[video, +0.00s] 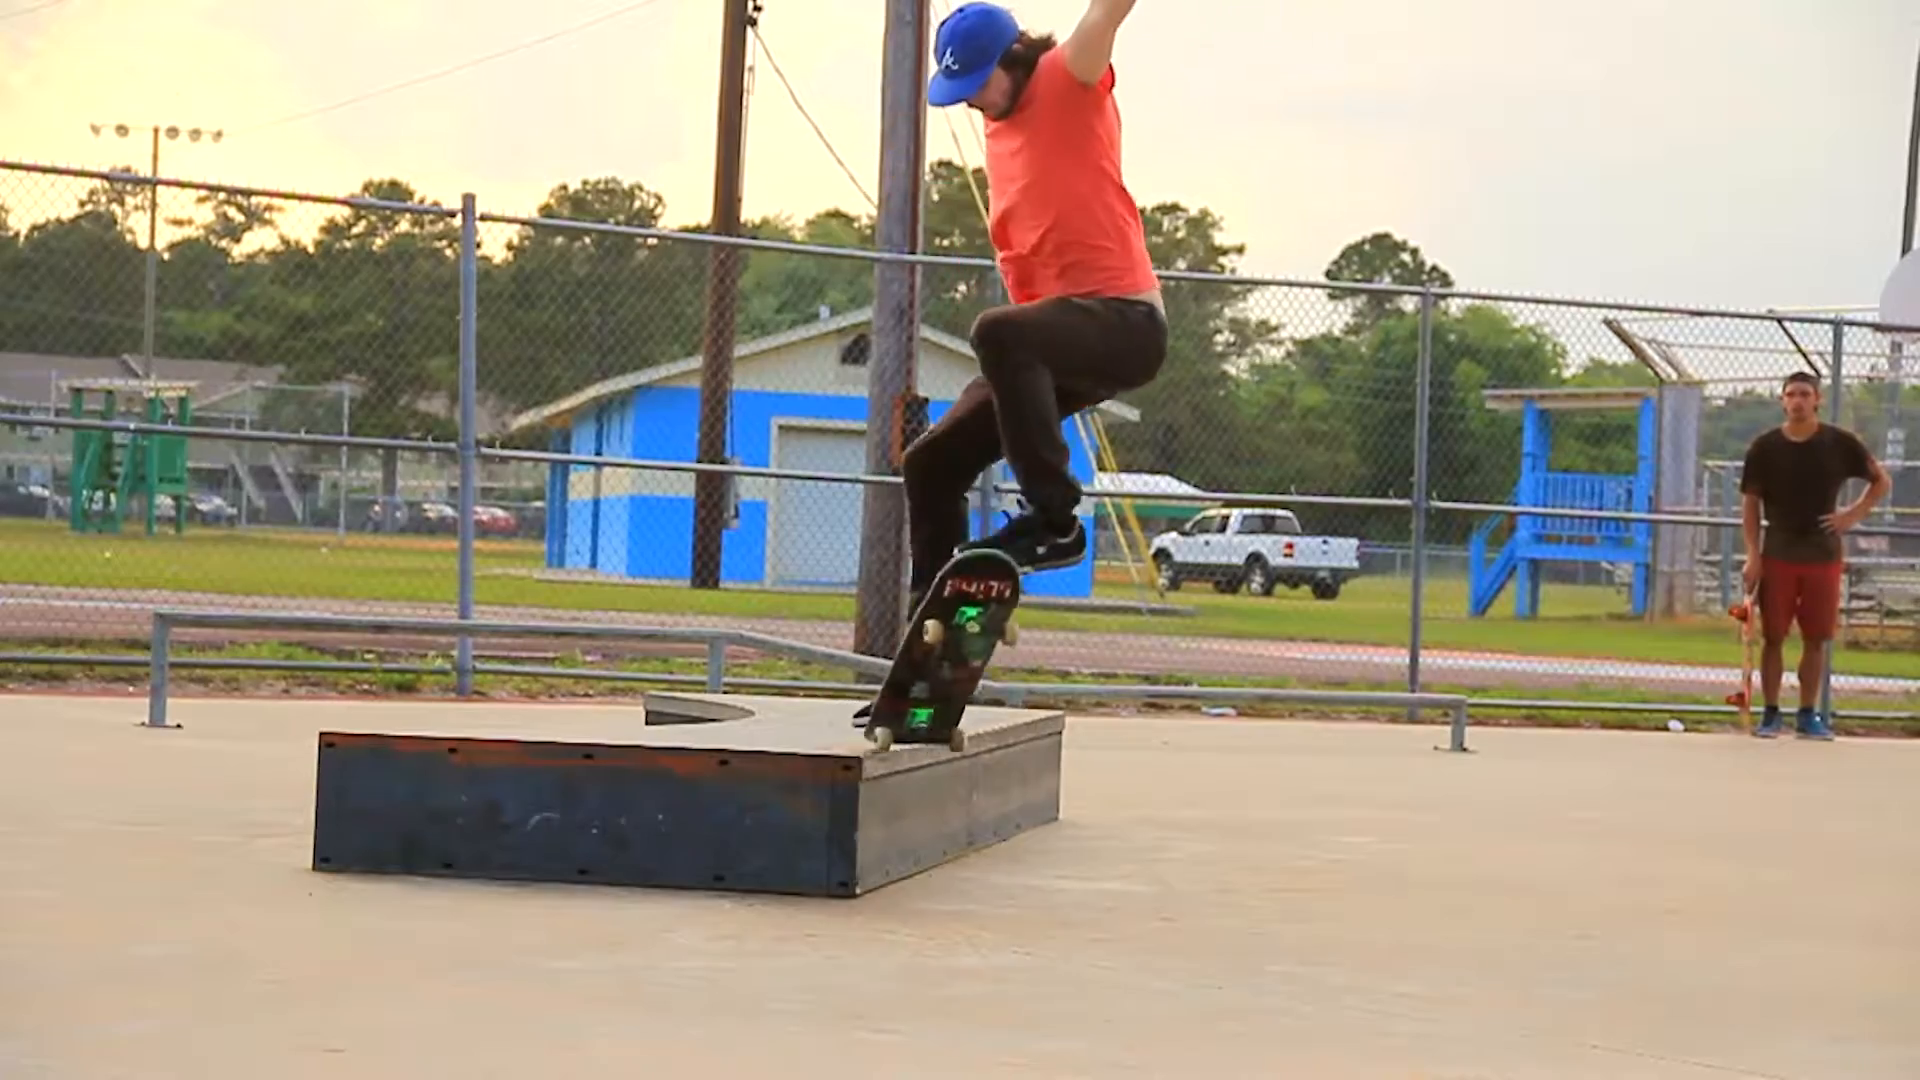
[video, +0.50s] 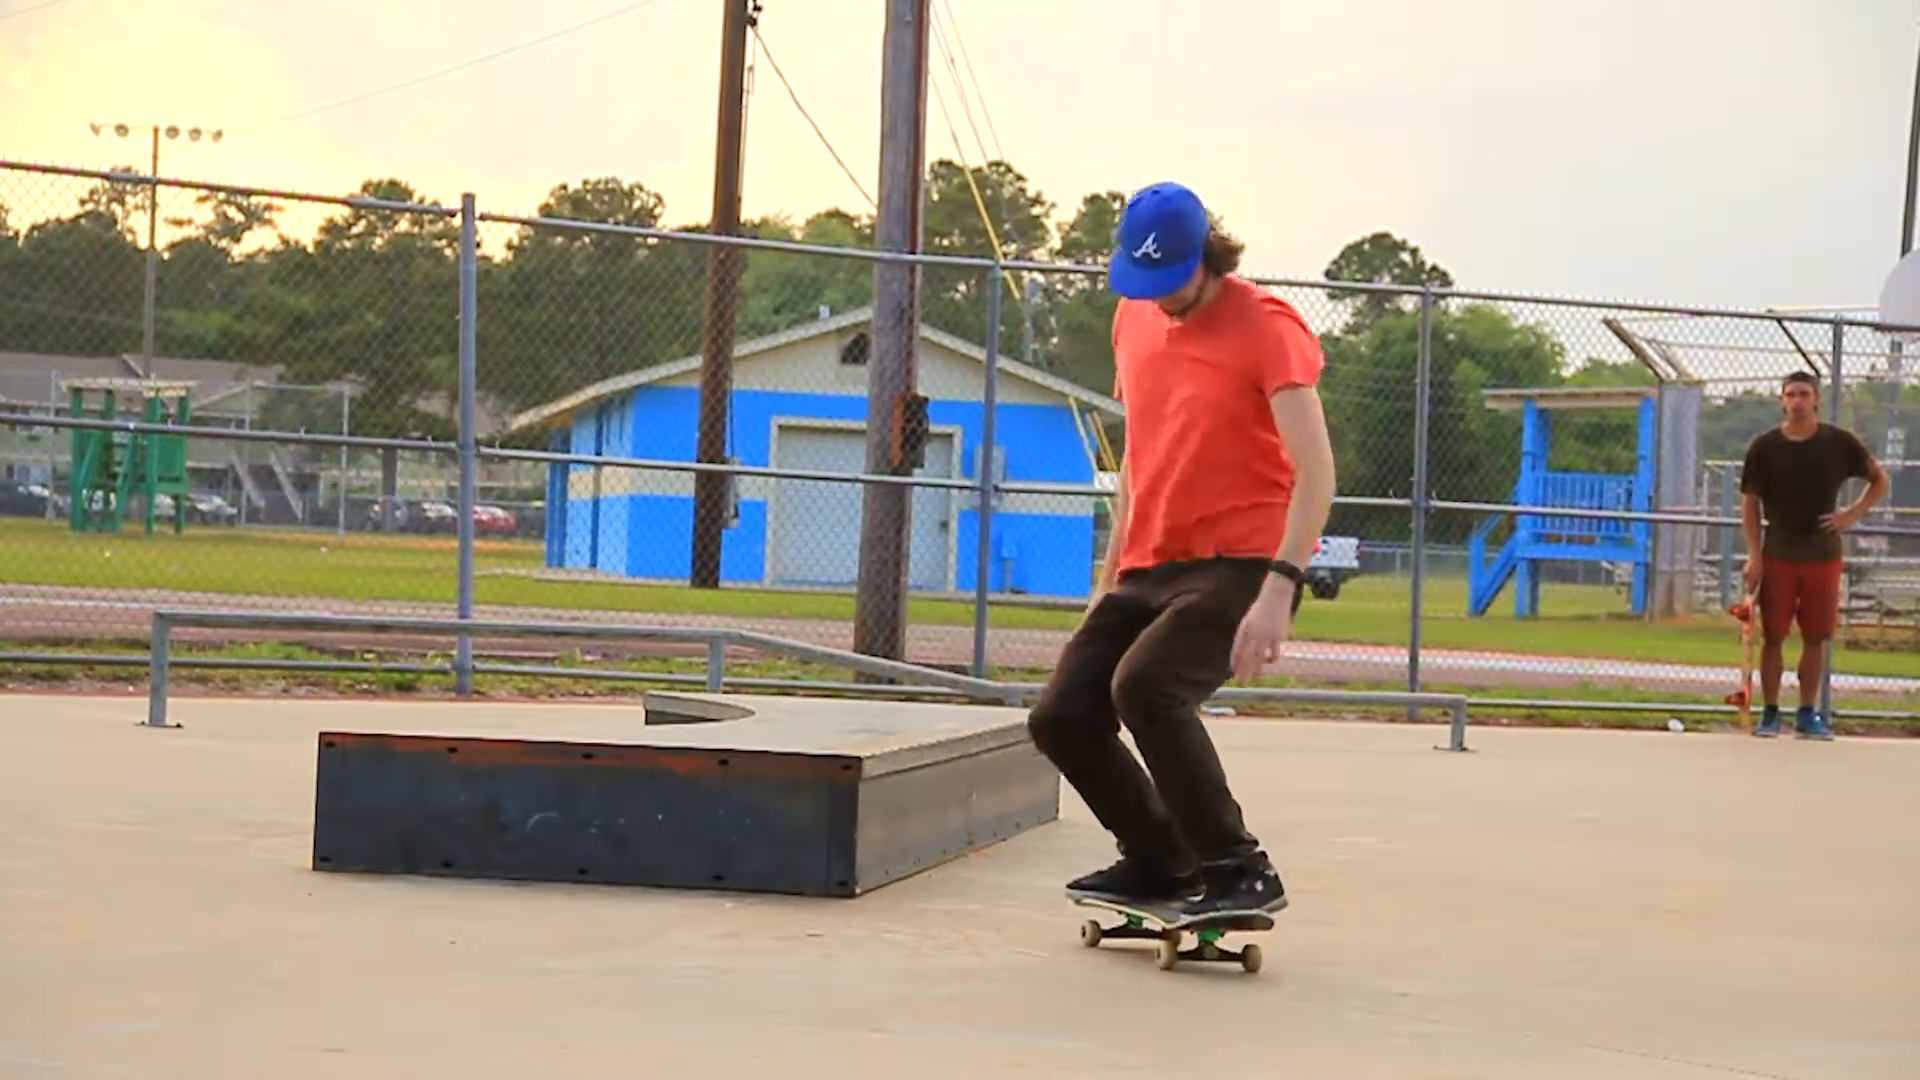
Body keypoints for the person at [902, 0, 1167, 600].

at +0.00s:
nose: (976, 104)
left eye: (980, 87)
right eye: (967, 94)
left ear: (1012, 58)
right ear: (963, 78)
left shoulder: (1068, 73)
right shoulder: (995, 121)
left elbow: (1113, 7)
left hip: (1126, 321)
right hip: (1061, 335)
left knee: (1001, 332)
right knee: (930, 466)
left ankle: (1056, 521)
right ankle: (939, 636)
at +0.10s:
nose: (993, 139)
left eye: (997, 123)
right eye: (984, 129)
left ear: (1028, 94)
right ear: (993, 110)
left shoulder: (1076, 113)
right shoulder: (1025, 151)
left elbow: (1101, 113)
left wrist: (1125, 85)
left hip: (1140, 358)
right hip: (1065, 367)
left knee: (1036, 422)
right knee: (938, 490)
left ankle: (1090, 621)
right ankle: (988, 664)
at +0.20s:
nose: (1033, 196)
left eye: (1037, 181)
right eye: (1022, 186)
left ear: (1067, 152)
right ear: (1019, 168)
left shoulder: (1122, 175)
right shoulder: (1046, 196)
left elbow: (1151, 197)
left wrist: (1141, 204)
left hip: (1140, 444)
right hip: (1068, 442)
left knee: (1063, 601)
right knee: (980, 609)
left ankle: (1108, 822)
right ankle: (1035, 814)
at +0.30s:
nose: (1066, 268)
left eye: (1075, 252)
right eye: (1057, 257)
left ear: (1109, 226)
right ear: (1049, 241)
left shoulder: (1168, 273)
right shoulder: (1072, 281)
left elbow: (1204, 356)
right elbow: (1087, 380)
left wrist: (1166, 390)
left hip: (1165, 528)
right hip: (1081, 526)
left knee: (1069, 663)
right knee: (995, 678)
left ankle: (1142, 850)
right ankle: (1067, 840)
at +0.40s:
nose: (1113, 300)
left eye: (1123, 285)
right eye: (1100, 289)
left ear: (1155, 258)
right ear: (1084, 269)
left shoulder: (1212, 319)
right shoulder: (1094, 321)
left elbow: (1258, 443)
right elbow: (1112, 429)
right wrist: (1110, 523)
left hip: (1205, 561)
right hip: (1109, 563)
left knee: (1107, 678)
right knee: (1016, 709)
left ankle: (1188, 858)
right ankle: (1110, 850)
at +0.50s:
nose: (1166, 302)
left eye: (1176, 286)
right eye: (1152, 289)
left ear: (1211, 258)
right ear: (1134, 267)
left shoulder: (1268, 328)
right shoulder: (1132, 318)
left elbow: (1316, 470)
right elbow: (1137, 454)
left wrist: (1281, 586)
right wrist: (1116, 566)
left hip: (1239, 570)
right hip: (1149, 571)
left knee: (1146, 686)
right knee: (1061, 720)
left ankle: (1237, 869)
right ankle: (1160, 864)